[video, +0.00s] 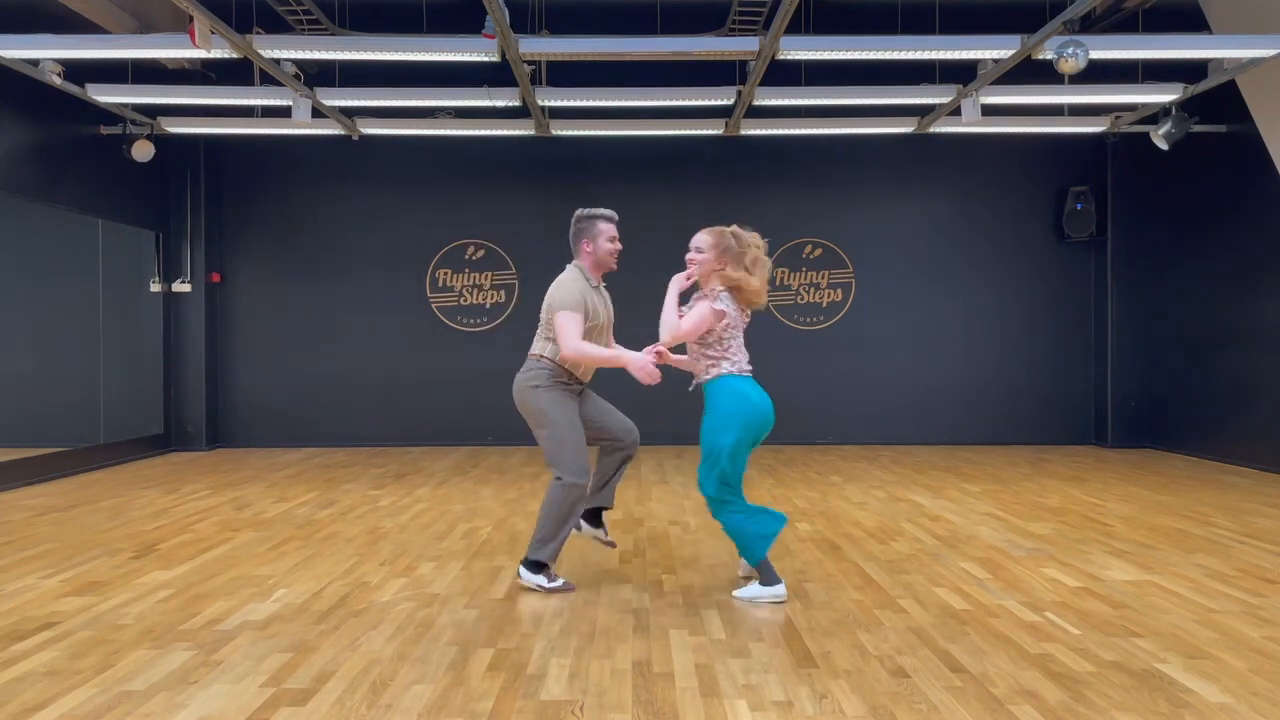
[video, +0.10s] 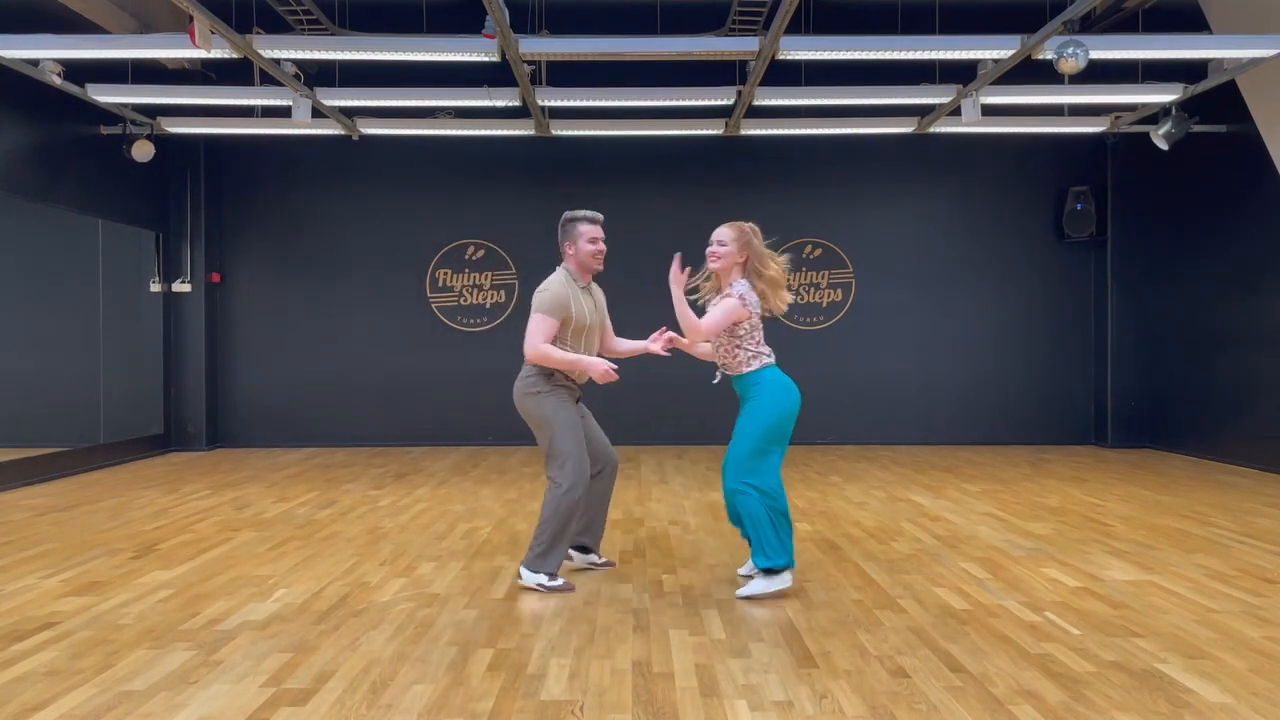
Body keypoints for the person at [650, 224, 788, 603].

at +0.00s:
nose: (688, 257)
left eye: (698, 251)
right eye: (690, 249)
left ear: (722, 260)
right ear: (717, 263)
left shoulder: (710, 304)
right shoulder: (729, 302)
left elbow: (669, 335)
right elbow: (709, 361)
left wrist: (673, 290)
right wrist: (669, 358)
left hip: (730, 401)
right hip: (751, 399)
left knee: (717, 492)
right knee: (722, 486)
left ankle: (770, 579)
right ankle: (752, 554)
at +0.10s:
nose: (711, 250)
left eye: (720, 244)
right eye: (710, 244)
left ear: (742, 253)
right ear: (714, 254)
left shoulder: (741, 295)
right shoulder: (723, 297)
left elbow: (697, 331)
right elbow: (719, 352)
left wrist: (676, 290)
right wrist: (680, 343)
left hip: (768, 393)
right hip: (761, 393)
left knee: (738, 475)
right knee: (753, 475)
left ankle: (775, 567)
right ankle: (768, 556)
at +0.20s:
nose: (734, 252)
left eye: (744, 246)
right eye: (732, 246)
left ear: (765, 256)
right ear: (730, 253)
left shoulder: (764, 297)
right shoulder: (739, 295)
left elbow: (736, 346)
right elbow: (733, 343)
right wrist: (695, 343)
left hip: (793, 394)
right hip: (768, 395)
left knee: (758, 474)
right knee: (739, 469)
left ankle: (808, 533)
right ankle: (767, 547)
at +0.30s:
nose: (755, 261)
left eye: (765, 256)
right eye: (753, 255)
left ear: (785, 265)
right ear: (749, 263)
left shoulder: (784, 306)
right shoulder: (760, 307)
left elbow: (775, 363)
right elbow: (741, 350)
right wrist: (708, 342)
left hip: (805, 402)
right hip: (777, 403)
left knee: (792, 485)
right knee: (751, 470)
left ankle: (833, 542)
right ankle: (769, 551)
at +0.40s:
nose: (767, 257)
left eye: (777, 251)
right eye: (764, 252)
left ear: (796, 259)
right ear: (761, 259)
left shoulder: (803, 302)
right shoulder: (767, 300)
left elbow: (819, 355)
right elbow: (740, 340)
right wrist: (706, 329)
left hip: (820, 395)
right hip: (789, 394)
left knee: (797, 474)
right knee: (747, 453)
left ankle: (834, 536)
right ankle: (775, 524)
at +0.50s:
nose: (775, 262)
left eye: (784, 255)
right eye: (772, 256)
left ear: (804, 261)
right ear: (770, 263)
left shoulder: (821, 303)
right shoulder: (772, 306)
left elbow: (858, 339)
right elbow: (739, 343)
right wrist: (702, 335)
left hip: (826, 395)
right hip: (793, 393)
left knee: (765, 451)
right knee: (760, 454)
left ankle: (795, 518)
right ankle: (792, 517)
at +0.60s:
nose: (778, 274)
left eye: (785, 268)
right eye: (776, 269)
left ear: (808, 272)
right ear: (776, 276)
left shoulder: (833, 309)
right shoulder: (777, 314)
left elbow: (883, 329)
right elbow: (739, 349)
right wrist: (696, 345)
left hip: (821, 407)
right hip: (788, 403)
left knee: (761, 458)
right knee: (791, 470)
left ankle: (791, 520)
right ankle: (799, 534)